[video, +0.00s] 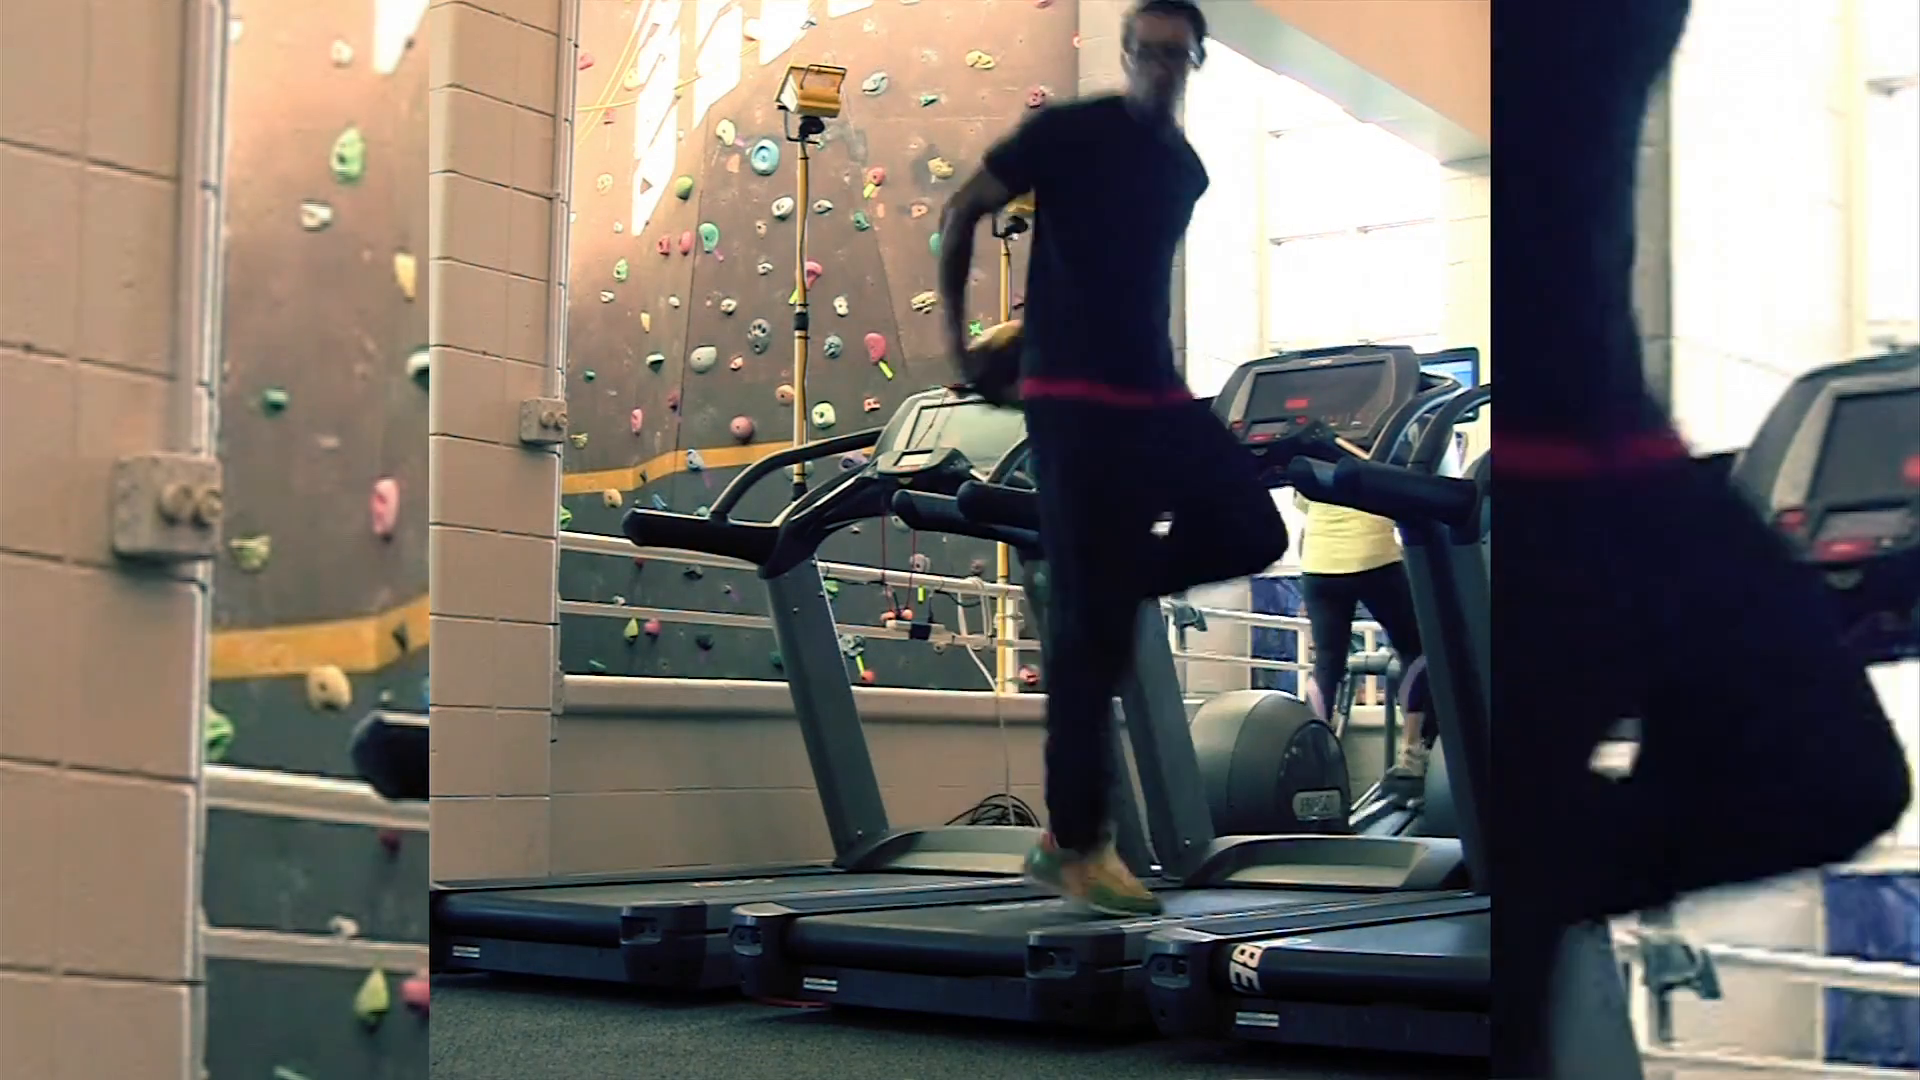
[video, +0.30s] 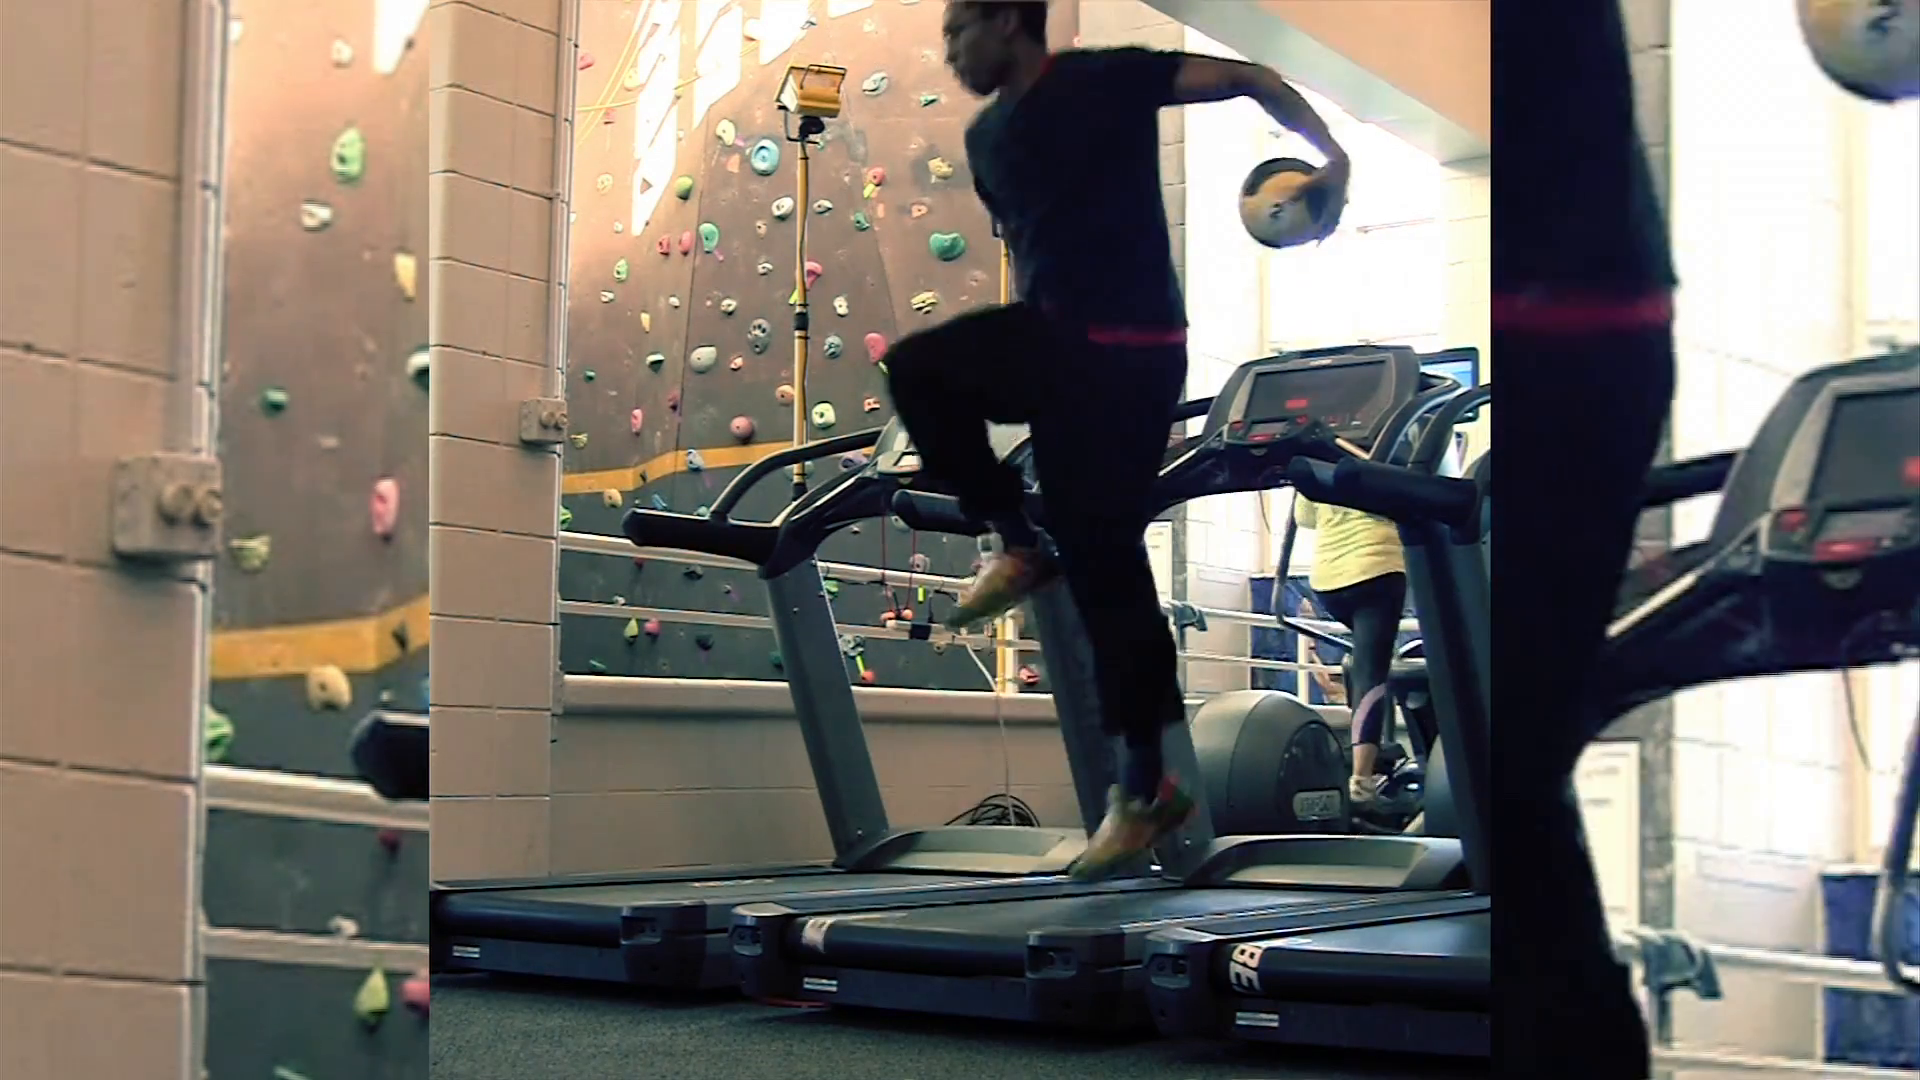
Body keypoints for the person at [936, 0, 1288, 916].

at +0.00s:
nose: (1161, 70)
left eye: (1177, 56)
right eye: (1148, 52)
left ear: (1196, 63)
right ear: (1122, 52)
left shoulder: (1183, 167)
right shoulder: (1064, 131)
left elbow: (1144, 278)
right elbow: (961, 211)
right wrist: (955, 346)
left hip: (1161, 398)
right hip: (1076, 401)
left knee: (1251, 536)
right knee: (1092, 613)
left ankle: (1096, 581)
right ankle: (1078, 847)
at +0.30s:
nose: (946, 50)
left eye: (958, 30)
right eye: (943, 35)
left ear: (1014, 21)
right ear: (991, 35)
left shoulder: (1100, 74)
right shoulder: (985, 137)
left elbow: (1254, 79)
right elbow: (1017, 246)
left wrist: (1334, 154)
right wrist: (1012, 343)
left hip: (1127, 346)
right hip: (1050, 342)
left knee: (1101, 548)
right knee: (917, 370)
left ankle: (1147, 789)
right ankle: (1018, 547)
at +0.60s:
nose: (931, 144)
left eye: (939, 126)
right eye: (932, 129)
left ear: (976, 123)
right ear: (1015, 126)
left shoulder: (1011, 191)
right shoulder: (1081, 196)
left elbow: (1037, 324)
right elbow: (1156, 326)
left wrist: (946, 421)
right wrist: (1134, 429)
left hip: (1048, 443)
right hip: (1118, 445)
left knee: (982, 644)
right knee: (1098, 628)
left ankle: (1023, 859)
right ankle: (1188, 830)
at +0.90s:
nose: (964, 179)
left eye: (968, 163)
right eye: (964, 166)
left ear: (997, 156)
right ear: (1050, 157)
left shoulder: (977, 241)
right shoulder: (1128, 220)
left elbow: (863, 348)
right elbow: (1236, 313)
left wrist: (745, 386)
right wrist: (1207, 419)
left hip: (1051, 483)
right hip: (1146, 477)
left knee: (1041, 656)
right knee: (1147, 673)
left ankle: (991, 783)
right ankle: (1086, 859)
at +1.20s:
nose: (951, 182)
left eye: (956, 162)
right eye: (949, 165)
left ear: (996, 154)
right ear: (1033, 155)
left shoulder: (985, 238)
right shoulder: (1121, 219)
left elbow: (938, 374)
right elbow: (1209, 324)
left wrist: (821, 390)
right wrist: (1158, 402)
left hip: (1049, 461)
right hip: (1139, 455)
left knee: (1070, 653)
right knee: (1101, 661)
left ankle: (1068, 838)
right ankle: (1013, 841)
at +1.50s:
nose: (949, 183)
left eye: (955, 163)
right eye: (946, 167)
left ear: (999, 153)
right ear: (1026, 155)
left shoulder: (1009, 240)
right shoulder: (1117, 220)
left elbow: (983, 396)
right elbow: (1171, 343)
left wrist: (859, 433)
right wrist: (1101, 405)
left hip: (1065, 477)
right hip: (1160, 463)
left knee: (1075, 671)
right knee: (1139, 653)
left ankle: (1160, 849)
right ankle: (1083, 761)